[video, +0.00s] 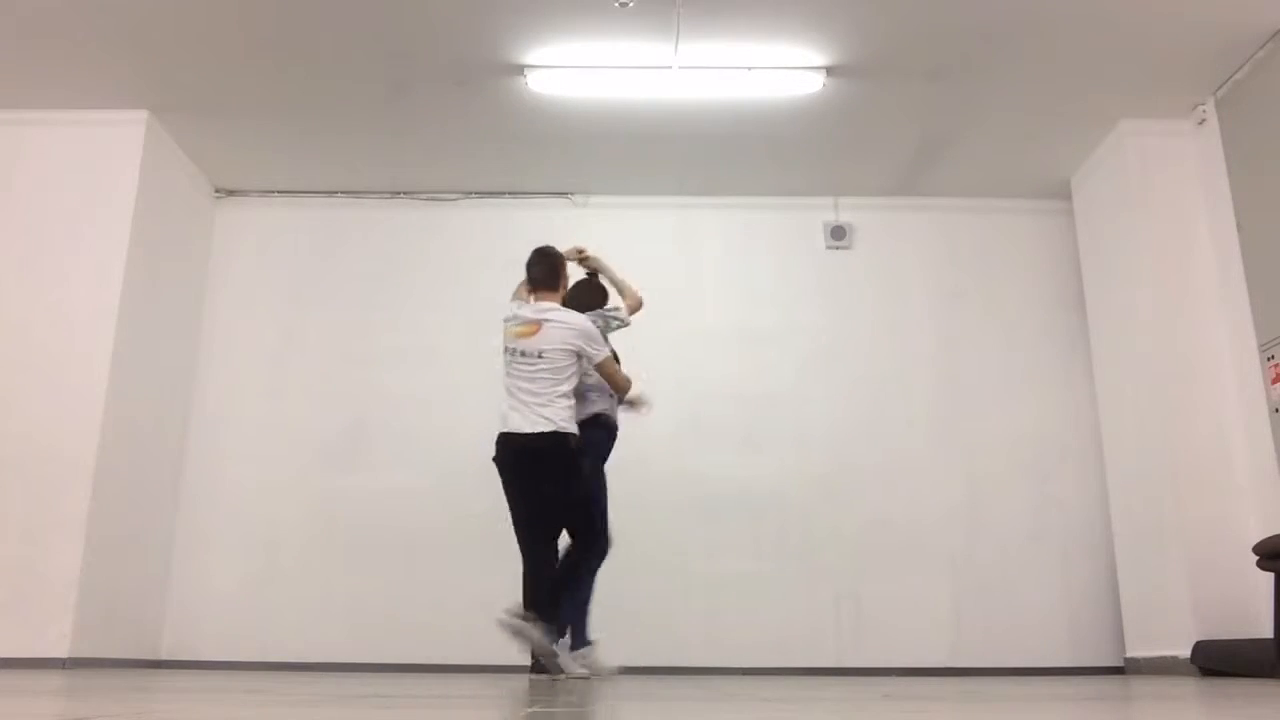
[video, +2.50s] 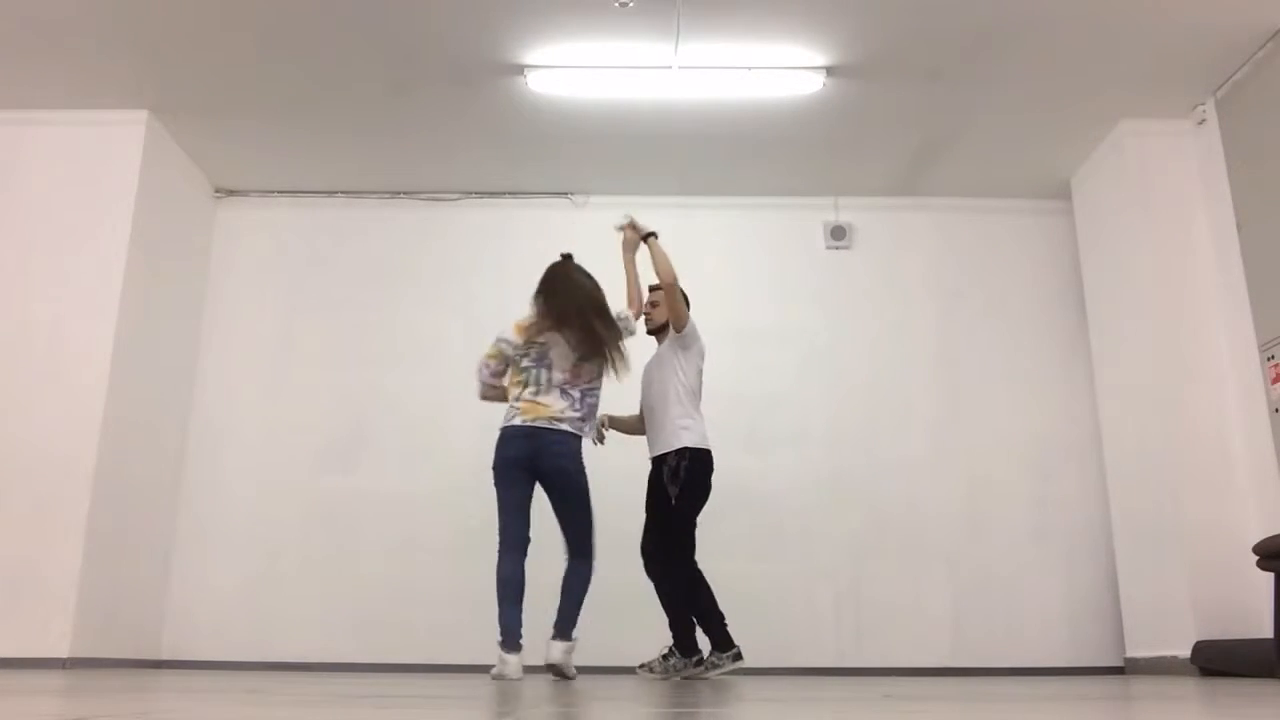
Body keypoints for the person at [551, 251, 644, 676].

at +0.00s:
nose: (613, 306)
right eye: (607, 299)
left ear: (568, 301)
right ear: (600, 304)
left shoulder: (556, 323)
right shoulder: (596, 323)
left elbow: (524, 291)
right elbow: (634, 301)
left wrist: (555, 268)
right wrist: (600, 266)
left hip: (565, 426)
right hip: (596, 424)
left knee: (581, 537)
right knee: (593, 537)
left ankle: (578, 640)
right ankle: (551, 622)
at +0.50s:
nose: (577, 302)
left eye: (579, 296)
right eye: (578, 297)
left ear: (586, 298)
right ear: (616, 300)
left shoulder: (580, 337)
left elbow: (526, 382)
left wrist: (496, 355)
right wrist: (542, 319)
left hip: (599, 454)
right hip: (647, 455)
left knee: (559, 552)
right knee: (649, 560)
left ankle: (594, 636)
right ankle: (653, 654)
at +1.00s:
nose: (576, 327)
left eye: (577, 321)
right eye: (567, 320)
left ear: (576, 328)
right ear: (548, 324)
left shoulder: (580, 356)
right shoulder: (526, 358)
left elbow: (601, 316)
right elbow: (549, 372)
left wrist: (603, 264)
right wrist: (600, 365)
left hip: (565, 471)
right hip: (525, 469)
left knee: (572, 558)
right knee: (528, 556)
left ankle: (544, 649)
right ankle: (493, 645)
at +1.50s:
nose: (592, 323)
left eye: (592, 316)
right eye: (587, 317)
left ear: (563, 320)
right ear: (571, 319)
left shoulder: (557, 358)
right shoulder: (581, 351)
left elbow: (590, 396)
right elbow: (630, 357)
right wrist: (669, 323)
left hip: (545, 469)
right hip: (558, 470)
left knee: (560, 556)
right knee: (595, 544)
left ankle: (538, 651)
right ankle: (557, 637)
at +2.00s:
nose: (574, 305)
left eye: (582, 299)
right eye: (567, 299)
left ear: (592, 305)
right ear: (555, 303)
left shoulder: (603, 351)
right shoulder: (546, 338)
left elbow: (610, 407)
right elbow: (536, 280)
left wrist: (600, 392)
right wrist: (567, 241)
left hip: (585, 457)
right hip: (543, 453)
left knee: (607, 532)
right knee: (568, 544)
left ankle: (586, 607)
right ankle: (570, 648)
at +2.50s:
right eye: (586, 293)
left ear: (543, 294)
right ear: (586, 296)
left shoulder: (522, 330)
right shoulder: (597, 335)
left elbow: (488, 386)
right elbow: (634, 309)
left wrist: (534, 394)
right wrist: (629, 252)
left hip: (513, 442)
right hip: (561, 446)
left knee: (511, 547)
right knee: (580, 553)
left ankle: (510, 653)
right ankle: (561, 645)